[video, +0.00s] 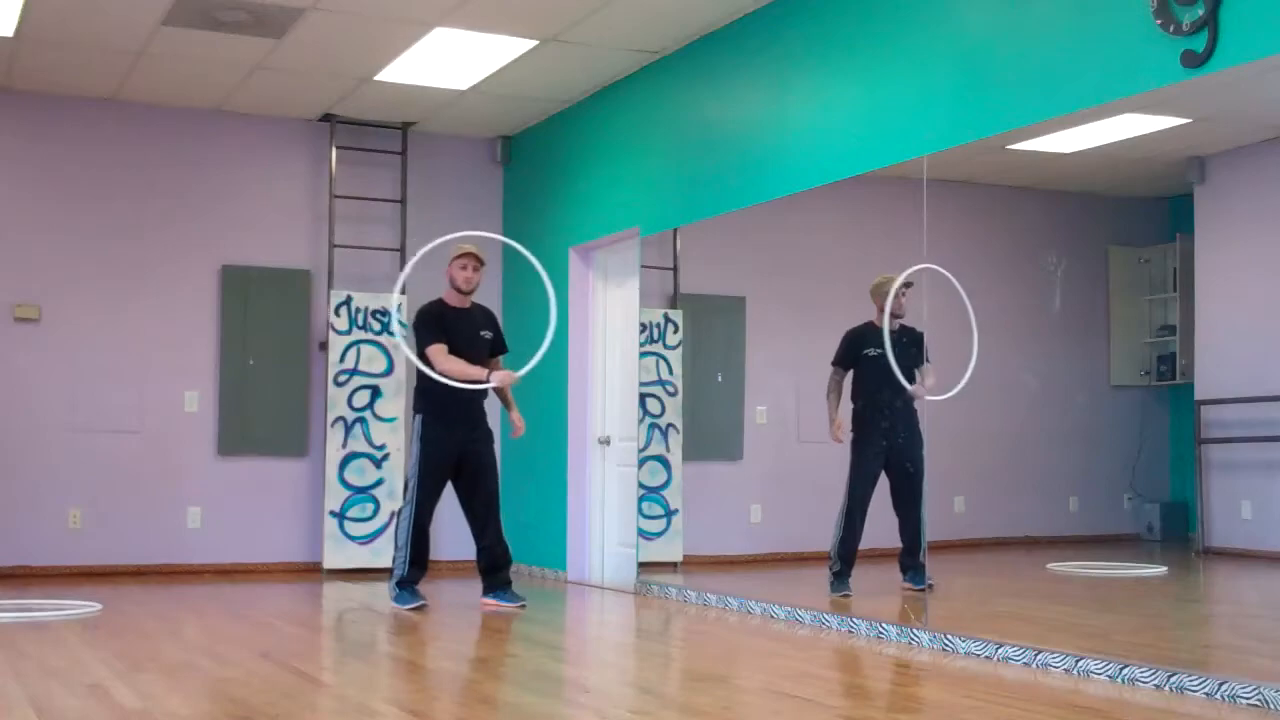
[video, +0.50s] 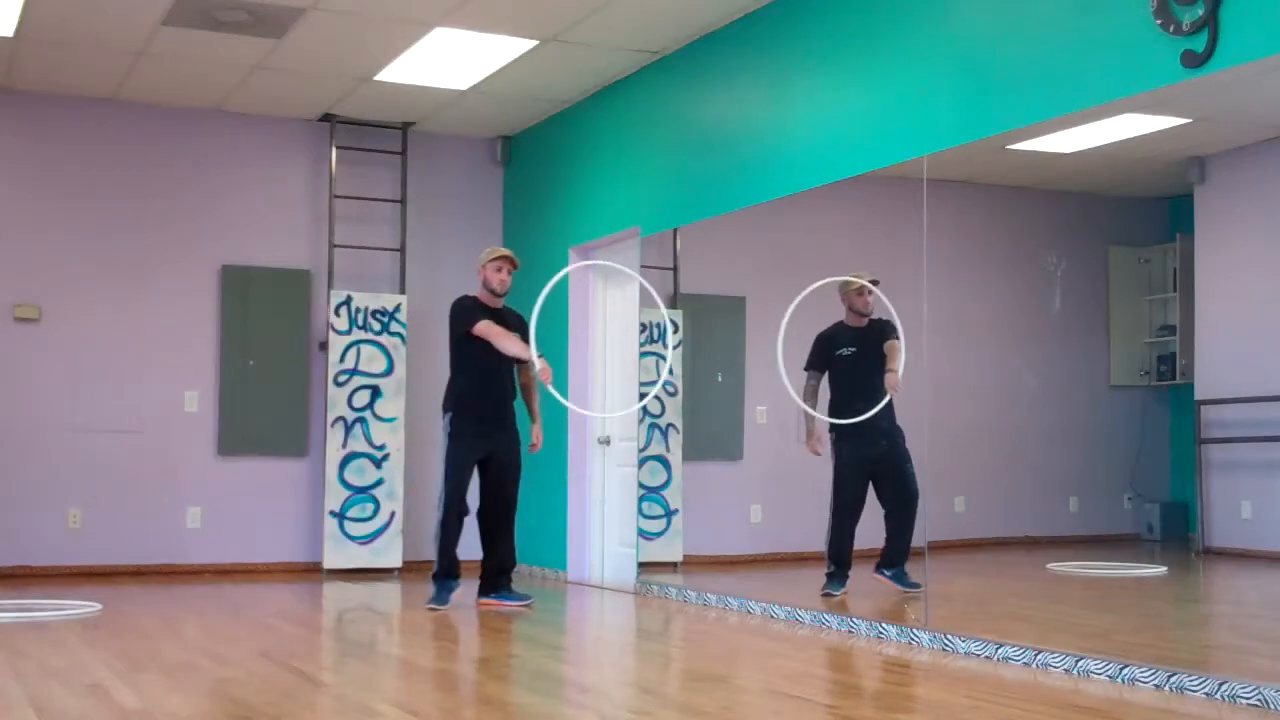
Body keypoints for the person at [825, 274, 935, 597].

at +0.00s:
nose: (903, 301)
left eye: (904, 295)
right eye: (896, 295)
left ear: (905, 299)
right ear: (880, 300)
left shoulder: (913, 337)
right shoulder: (857, 337)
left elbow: (927, 374)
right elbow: (836, 378)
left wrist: (922, 387)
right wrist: (834, 416)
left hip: (906, 432)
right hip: (869, 432)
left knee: (911, 504)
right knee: (856, 504)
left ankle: (914, 572)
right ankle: (840, 575)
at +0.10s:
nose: (895, 300)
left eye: (898, 295)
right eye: (888, 296)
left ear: (901, 299)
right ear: (873, 302)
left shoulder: (913, 337)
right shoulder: (855, 339)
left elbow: (923, 374)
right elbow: (836, 382)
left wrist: (917, 391)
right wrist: (833, 421)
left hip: (906, 432)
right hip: (869, 432)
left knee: (910, 505)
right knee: (855, 505)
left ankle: (913, 572)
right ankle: (839, 575)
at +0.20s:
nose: (890, 300)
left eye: (892, 294)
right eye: (882, 296)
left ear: (896, 298)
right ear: (867, 301)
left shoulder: (909, 336)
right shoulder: (850, 339)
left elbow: (919, 371)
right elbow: (835, 384)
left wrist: (912, 392)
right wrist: (831, 423)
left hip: (902, 431)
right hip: (865, 433)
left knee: (909, 505)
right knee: (852, 506)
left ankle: (913, 571)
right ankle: (837, 574)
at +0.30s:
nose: (883, 299)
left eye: (885, 294)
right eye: (875, 295)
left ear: (889, 297)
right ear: (859, 301)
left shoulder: (901, 335)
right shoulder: (843, 340)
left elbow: (912, 368)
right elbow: (828, 383)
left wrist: (905, 390)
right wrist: (826, 423)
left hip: (897, 431)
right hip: (859, 433)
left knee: (907, 504)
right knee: (850, 508)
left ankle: (910, 569)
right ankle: (837, 574)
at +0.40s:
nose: (874, 299)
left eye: (876, 293)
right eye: (866, 294)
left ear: (879, 296)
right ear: (851, 299)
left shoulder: (892, 331)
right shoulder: (835, 339)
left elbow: (902, 359)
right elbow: (819, 384)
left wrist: (898, 385)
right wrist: (818, 425)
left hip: (890, 431)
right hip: (853, 434)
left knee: (905, 500)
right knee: (848, 507)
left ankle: (904, 566)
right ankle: (837, 574)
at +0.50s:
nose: (867, 298)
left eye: (869, 293)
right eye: (859, 293)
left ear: (874, 297)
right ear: (844, 300)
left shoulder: (884, 328)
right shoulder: (828, 339)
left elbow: (893, 351)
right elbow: (811, 386)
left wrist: (892, 372)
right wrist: (811, 426)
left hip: (885, 431)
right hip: (848, 434)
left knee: (905, 496)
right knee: (846, 507)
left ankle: (892, 563)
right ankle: (836, 575)